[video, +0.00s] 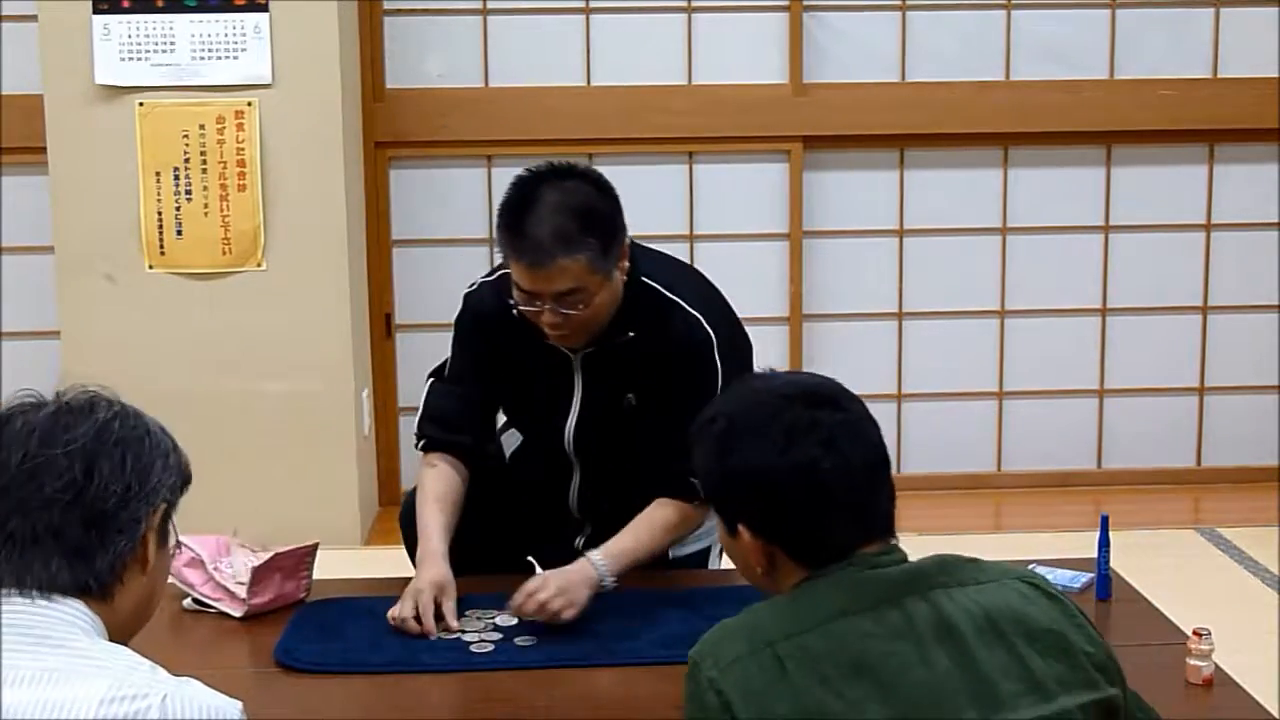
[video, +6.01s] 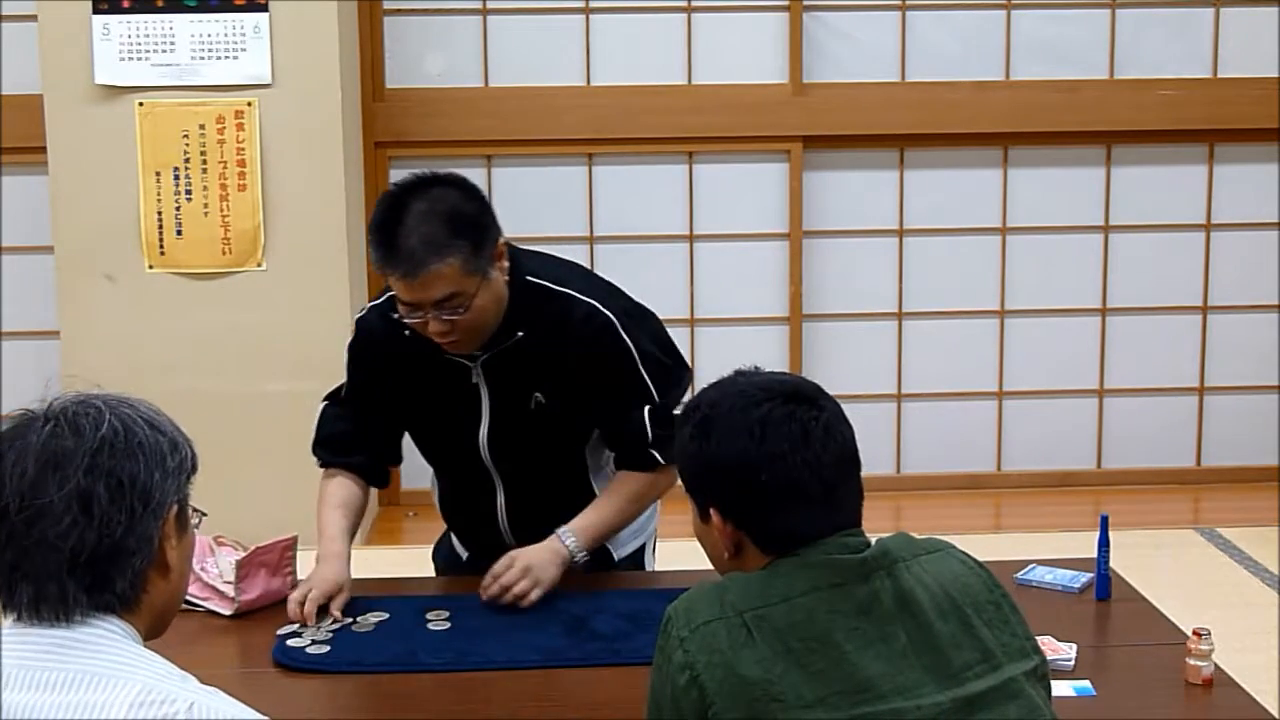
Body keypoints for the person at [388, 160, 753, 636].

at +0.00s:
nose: (548, 319)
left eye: (570, 300)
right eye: (530, 297)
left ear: (621, 262)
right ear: (511, 266)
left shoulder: (694, 328)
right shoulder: (491, 309)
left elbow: (695, 490)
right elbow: (448, 441)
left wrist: (592, 569)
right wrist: (432, 557)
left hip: (651, 512)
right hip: (545, 504)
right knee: (423, 512)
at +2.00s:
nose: (520, 324)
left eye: (540, 304)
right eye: (501, 303)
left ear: (597, 269)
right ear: (485, 277)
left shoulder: (678, 328)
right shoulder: (476, 331)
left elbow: (684, 487)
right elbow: (425, 464)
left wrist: (587, 571)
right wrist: (373, 573)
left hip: (655, 524)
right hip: (537, 514)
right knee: (432, 524)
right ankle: (472, 679)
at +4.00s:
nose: (485, 320)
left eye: (503, 297)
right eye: (463, 301)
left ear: (551, 261)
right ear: (444, 277)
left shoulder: (628, 313)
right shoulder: (437, 336)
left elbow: (686, 456)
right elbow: (379, 481)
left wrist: (662, 570)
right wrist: (415, 578)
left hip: (623, 576)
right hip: (500, 579)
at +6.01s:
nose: (435, 326)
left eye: (453, 304)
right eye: (412, 309)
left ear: (499, 262)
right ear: (390, 283)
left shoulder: (593, 320)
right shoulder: (383, 336)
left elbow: (657, 452)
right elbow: (351, 450)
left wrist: (560, 547)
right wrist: (332, 556)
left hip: (597, 559)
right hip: (472, 559)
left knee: (594, 704)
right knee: (464, 706)